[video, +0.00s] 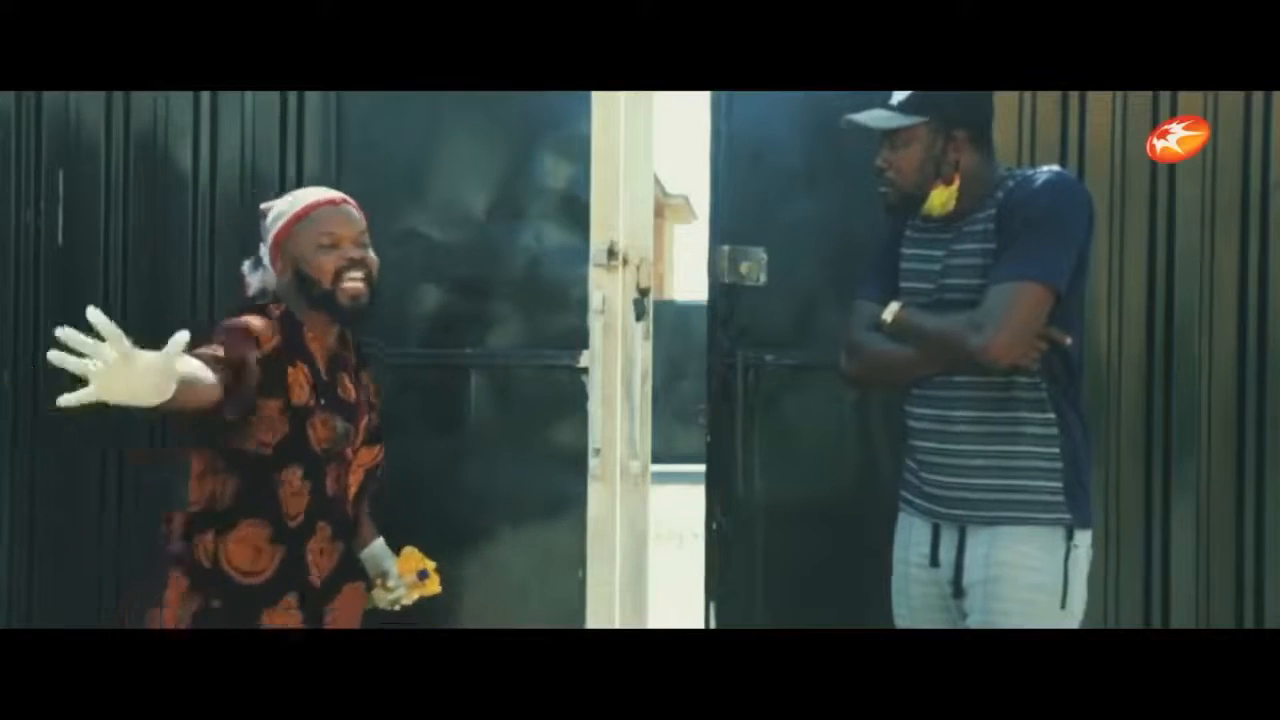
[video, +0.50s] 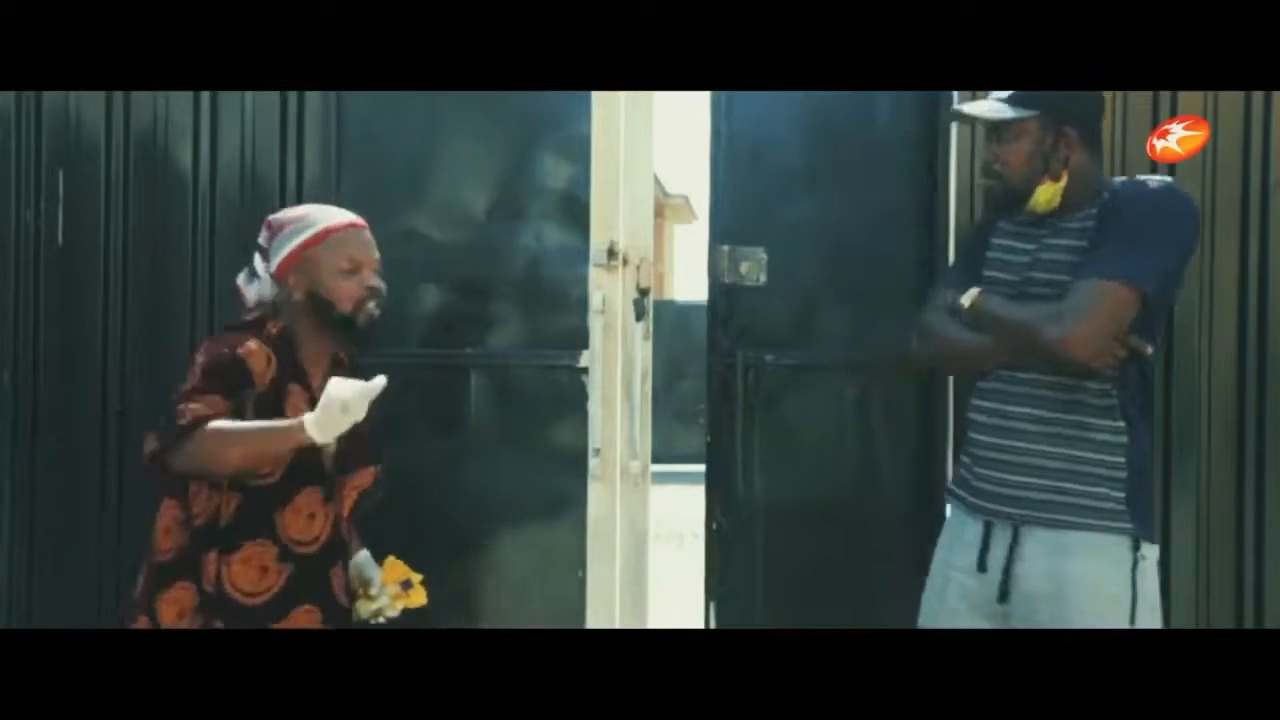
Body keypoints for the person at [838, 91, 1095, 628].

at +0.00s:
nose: (879, 162)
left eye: (896, 144)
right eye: (880, 145)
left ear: (956, 144)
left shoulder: (1048, 195)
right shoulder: (905, 221)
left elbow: (997, 343)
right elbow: (856, 359)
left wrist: (894, 316)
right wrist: (982, 339)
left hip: (1027, 521)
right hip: (923, 511)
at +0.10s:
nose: (889, 162)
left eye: (906, 144)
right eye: (889, 146)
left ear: (964, 144)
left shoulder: (1052, 191)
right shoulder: (915, 220)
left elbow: (997, 342)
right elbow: (860, 351)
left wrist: (901, 310)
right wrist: (984, 337)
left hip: (1031, 521)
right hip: (925, 511)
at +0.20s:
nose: (914, 161)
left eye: (931, 144)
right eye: (915, 145)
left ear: (987, 146)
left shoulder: (1073, 204)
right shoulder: (934, 223)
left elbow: (1003, 347)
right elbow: (873, 347)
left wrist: (909, 308)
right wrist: (985, 338)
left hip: (1031, 530)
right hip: (926, 517)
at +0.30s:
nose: (941, 159)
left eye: (959, 142)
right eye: (943, 143)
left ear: (1016, 149)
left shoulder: (1097, 210)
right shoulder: (969, 230)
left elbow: (1012, 343)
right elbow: (891, 341)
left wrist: (925, 304)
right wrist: (1001, 342)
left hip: (1038, 536)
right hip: (933, 518)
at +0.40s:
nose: (968, 159)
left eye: (984, 141)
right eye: (968, 141)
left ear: (1043, 149)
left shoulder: (1123, 211)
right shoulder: (982, 231)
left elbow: (1043, 345)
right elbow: (905, 344)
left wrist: (946, 303)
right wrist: (1023, 339)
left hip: (1062, 538)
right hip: (950, 520)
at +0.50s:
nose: (989, 155)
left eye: (1007, 137)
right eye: (990, 137)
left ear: (1064, 144)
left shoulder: (1152, 206)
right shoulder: (998, 226)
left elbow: (1079, 339)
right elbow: (928, 340)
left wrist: (974, 302)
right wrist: (1052, 335)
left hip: (1088, 533)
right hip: (973, 519)